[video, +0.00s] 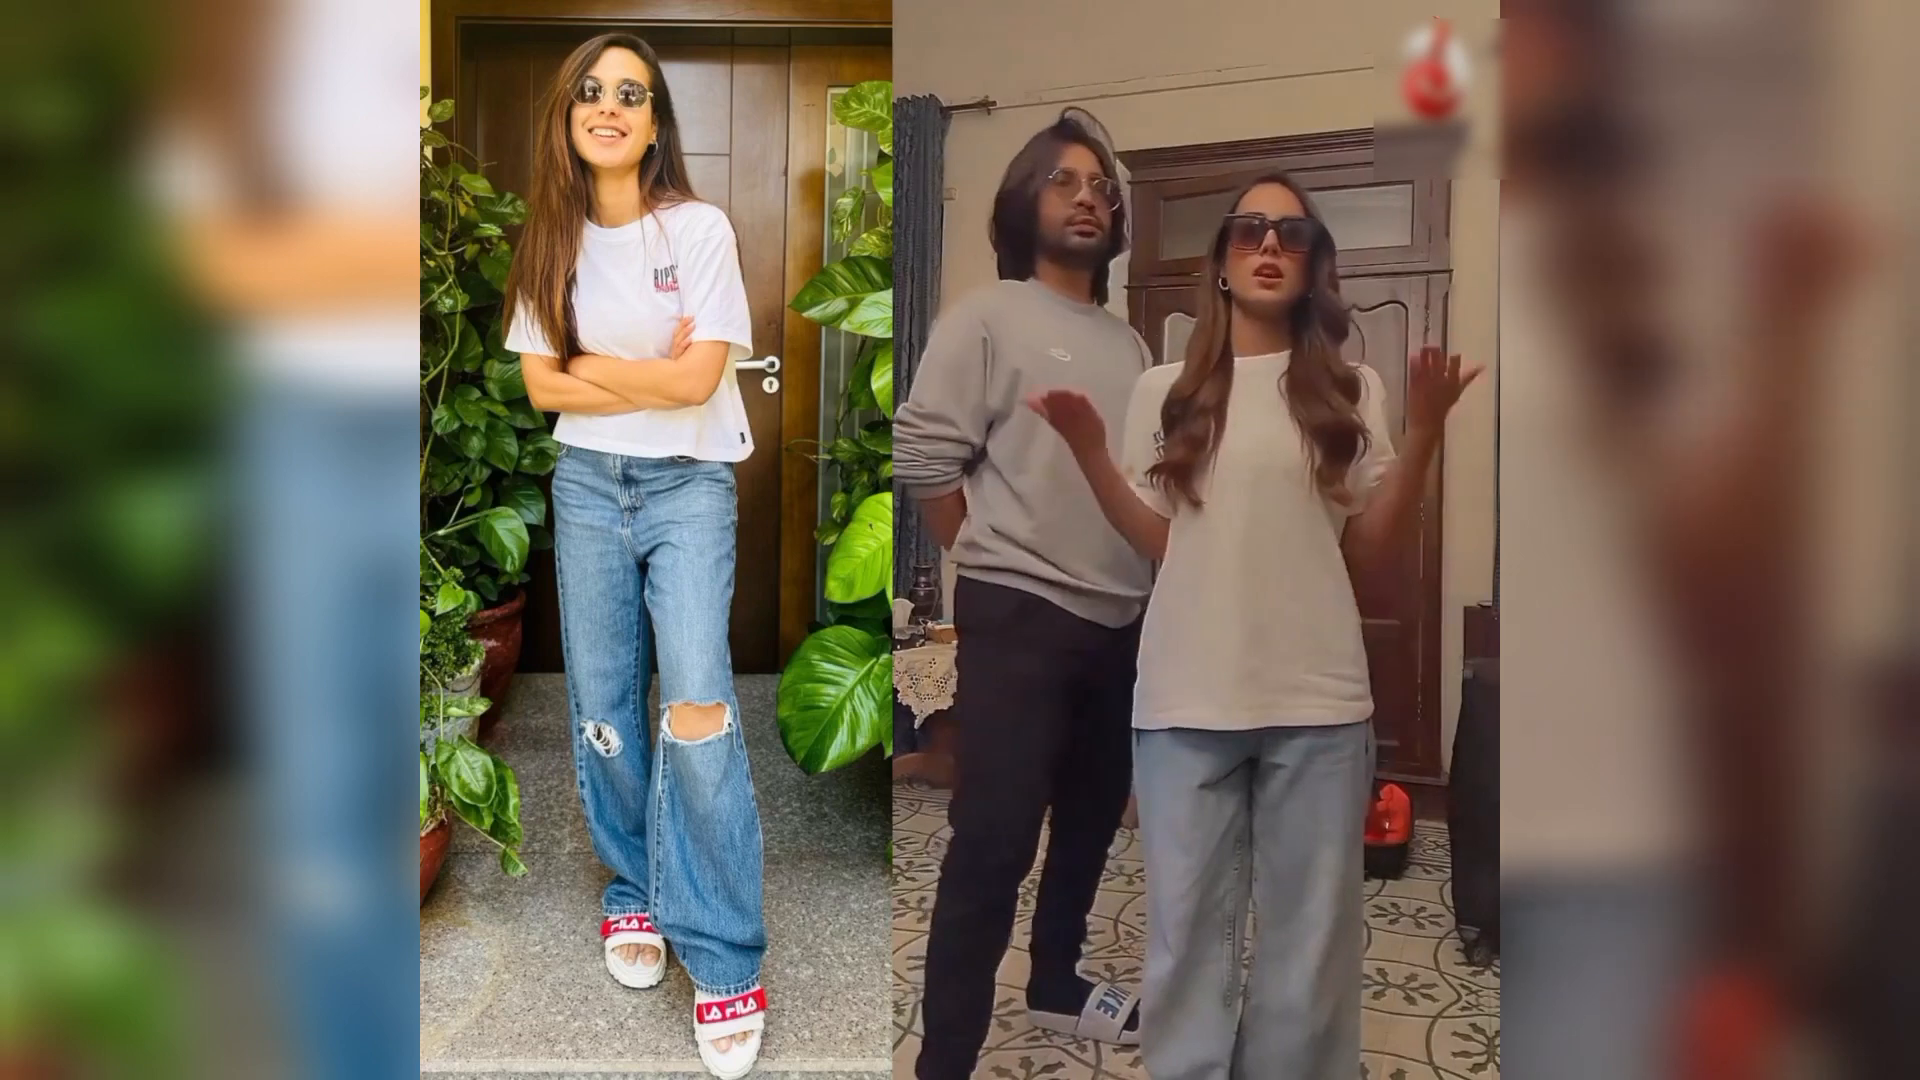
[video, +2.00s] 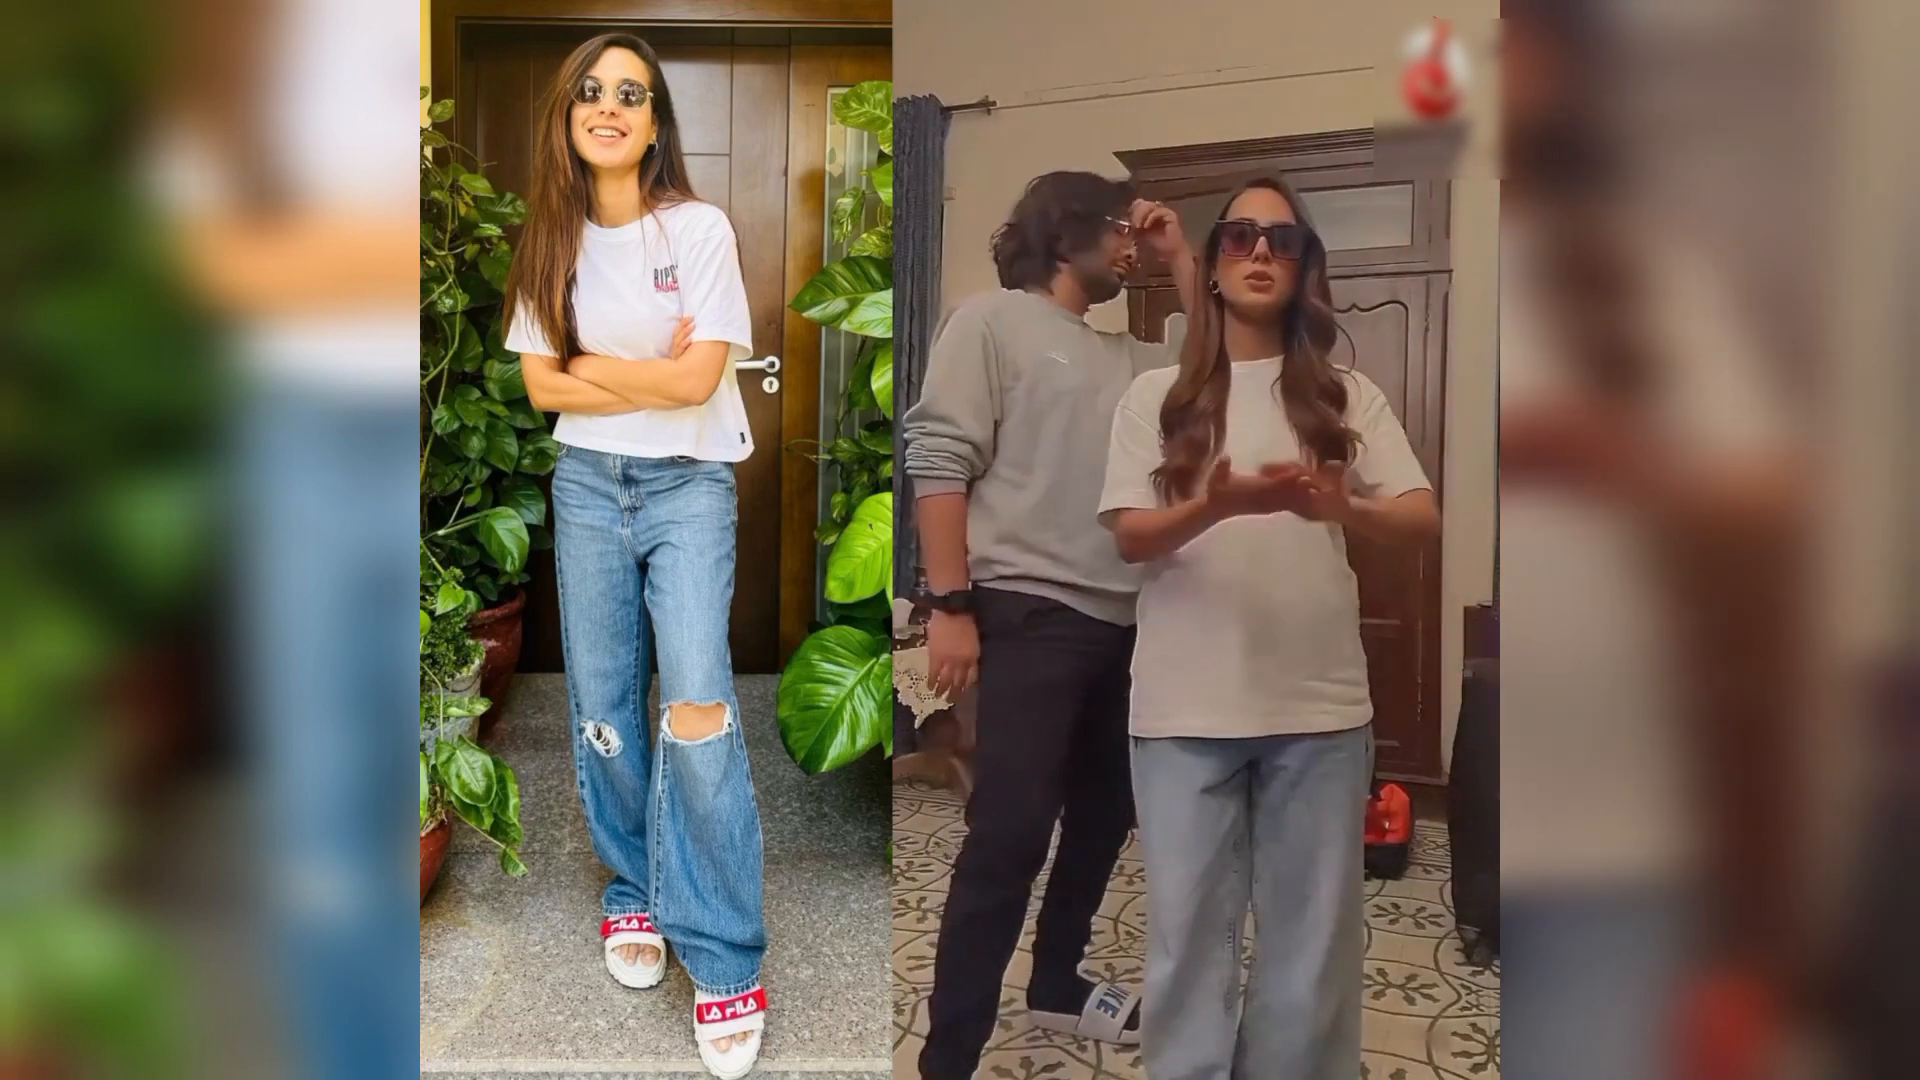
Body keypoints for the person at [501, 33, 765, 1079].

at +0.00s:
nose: (610, 110)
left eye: (630, 97)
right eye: (593, 95)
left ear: (656, 121)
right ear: (566, 117)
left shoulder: (699, 225)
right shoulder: (549, 239)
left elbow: (699, 378)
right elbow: (540, 385)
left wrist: (576, 362)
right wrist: (662, 378)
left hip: (689, 482)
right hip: (584, 484)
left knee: (695, 709)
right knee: (603, 709)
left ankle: (724, 955)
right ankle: (631, 890)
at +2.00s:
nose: (610, 111)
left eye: (629, 98)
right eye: (593, 95)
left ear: (656, 121)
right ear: (566, 117)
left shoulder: (699, 226)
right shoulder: (549, 239)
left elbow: (698, 378)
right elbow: (540, 385)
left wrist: (575, 362)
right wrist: (662, 377)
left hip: (689, 482)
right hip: (584, 483)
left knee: (695, 709)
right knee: (602, 708)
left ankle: (724, 955)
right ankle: (631, 890)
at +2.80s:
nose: (610, 111)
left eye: (630, 97)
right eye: (593, 95)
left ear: (656, 121)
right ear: (566, 117)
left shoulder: (699, 226)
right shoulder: (549, 240)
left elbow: (698, 378)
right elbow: (540, 385)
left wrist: (576, 362)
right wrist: (662, 378)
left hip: (689, 482)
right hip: (584, 484)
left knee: (695, 708)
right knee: (603, 708)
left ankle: (724, 955)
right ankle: (631, 890)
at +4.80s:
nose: (610, 111)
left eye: (630, 97)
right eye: (593, 95)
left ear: (656, 120)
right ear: (566, 117)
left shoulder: (699, 226)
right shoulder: (549, 240)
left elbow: (698, 378)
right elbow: (540, 385)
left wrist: (576, 362)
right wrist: (662, 378)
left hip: (689, 482)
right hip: (584, 484)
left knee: (695, 708)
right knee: (603, 709)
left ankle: (724, 955)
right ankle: (631, 890)